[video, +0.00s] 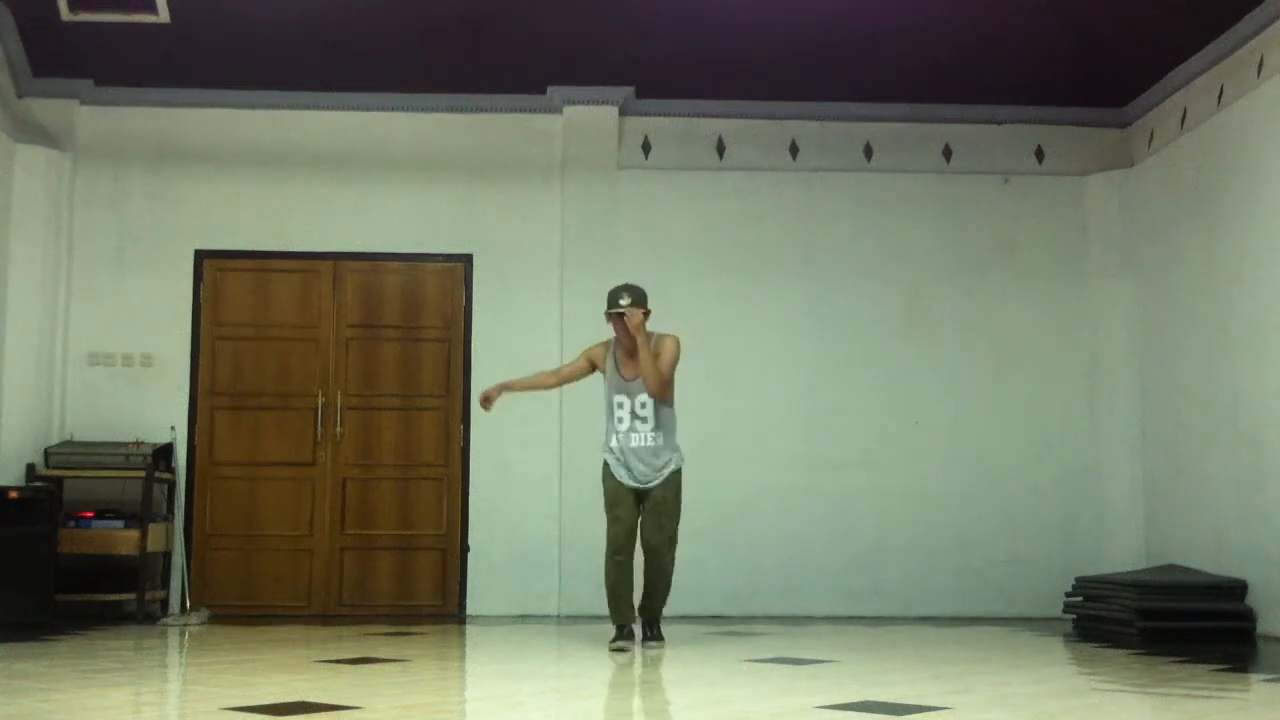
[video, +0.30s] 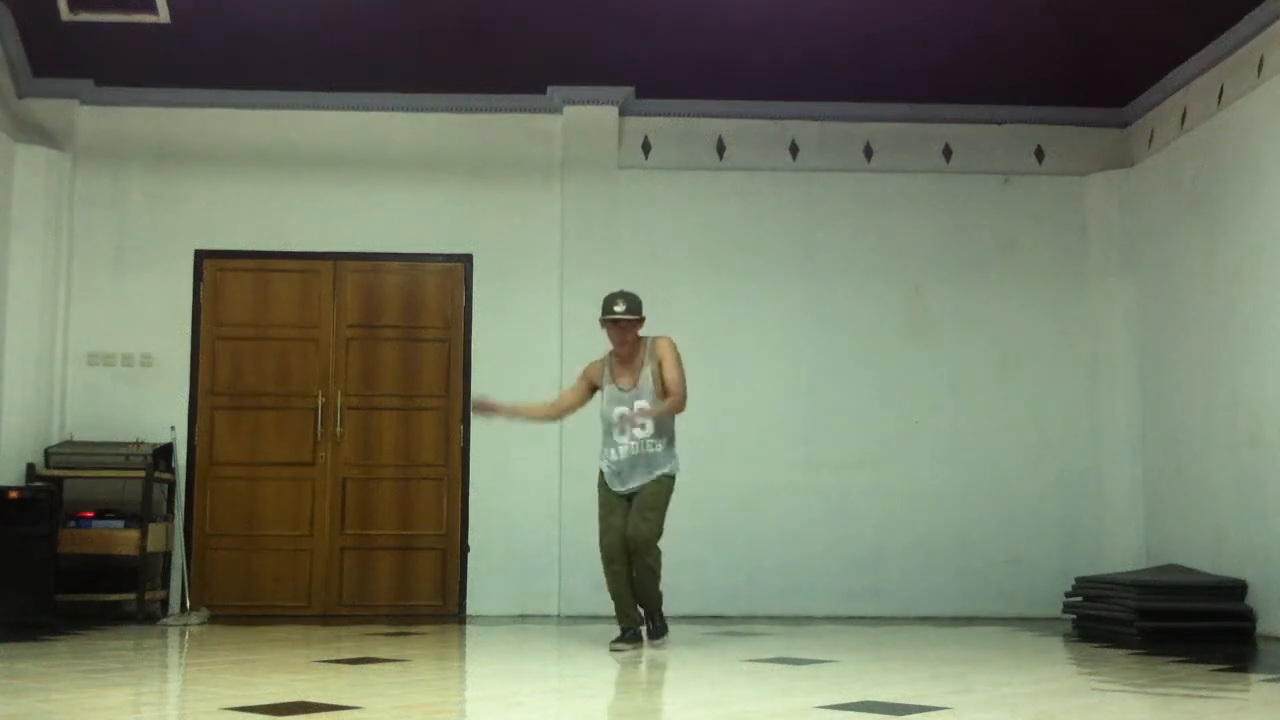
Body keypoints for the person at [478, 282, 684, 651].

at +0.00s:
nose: (617, 324)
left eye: (623, 316)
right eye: (613, 318)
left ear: (643, 315)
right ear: (608, 319)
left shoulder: (665, 345)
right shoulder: (602, 352)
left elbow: (657, 388)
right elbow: (555, 377)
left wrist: (640, 338)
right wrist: (504, 387)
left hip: (663, 466)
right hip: (619, 466)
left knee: (659, 547)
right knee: (620, 546)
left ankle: (652, 618)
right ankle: (623, 625)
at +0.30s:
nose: (621, 332)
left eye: (627, 325)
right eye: (614, 325)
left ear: (640, 325)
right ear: (604, 327)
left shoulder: (660, 348)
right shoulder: (597, 370)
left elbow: (678, 399)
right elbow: (555, 410)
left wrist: (648, 411)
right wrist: (501, 409)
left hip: (655, 469)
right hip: (613, 472)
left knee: (640, 538)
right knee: (611, 547)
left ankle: (652, 611)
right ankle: (630, 627)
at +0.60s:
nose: (635, 323)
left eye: (642, 317)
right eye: (628, 316)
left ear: (653, 319)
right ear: (617, 316)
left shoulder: (668, 347)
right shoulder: (601, 352)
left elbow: (664, 408)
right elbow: (616, 396)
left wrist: (644, 461)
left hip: (655, 460)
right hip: (611, 461)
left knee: (655, 539)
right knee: (618, 547)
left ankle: (657, 619)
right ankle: (629, 627)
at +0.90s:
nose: (659, 330)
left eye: (666, 324)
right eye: (652, 323)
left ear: (676, 328)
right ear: (641, 324)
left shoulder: (683, 369)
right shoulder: (621, 352)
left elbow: (666, 430)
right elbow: (632, 404)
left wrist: (643, 478)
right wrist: (686, 394)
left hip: (661, 466)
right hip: (618, 465)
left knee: (662, 545)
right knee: (625, 541)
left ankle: (655, 626)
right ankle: (624, 619)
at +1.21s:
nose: (647, 321)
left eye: (654, 315)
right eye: (640, 315)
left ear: (666, 318)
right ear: (630, 318)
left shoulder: (684, 356)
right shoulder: (614, 354)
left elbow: (678, 416)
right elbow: (603, 410)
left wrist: (663, 470)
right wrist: (593, 464)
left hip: (666, 466)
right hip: (621, 466)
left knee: (662, 548)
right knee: (625, 544)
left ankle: (657, 628)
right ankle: (629, 623)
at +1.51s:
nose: (626, 317)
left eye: (633, 310)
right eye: (619, 311)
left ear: (646, 314)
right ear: (610, 316)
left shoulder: (666, 348)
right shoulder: (599, 365)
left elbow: (686, 404)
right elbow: (568, 414)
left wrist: (665, 452)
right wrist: (531, 442)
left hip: (658, 467)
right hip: (615, 470)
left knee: (653, 544)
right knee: (617, 548)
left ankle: (654, 622)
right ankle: (626, 627)